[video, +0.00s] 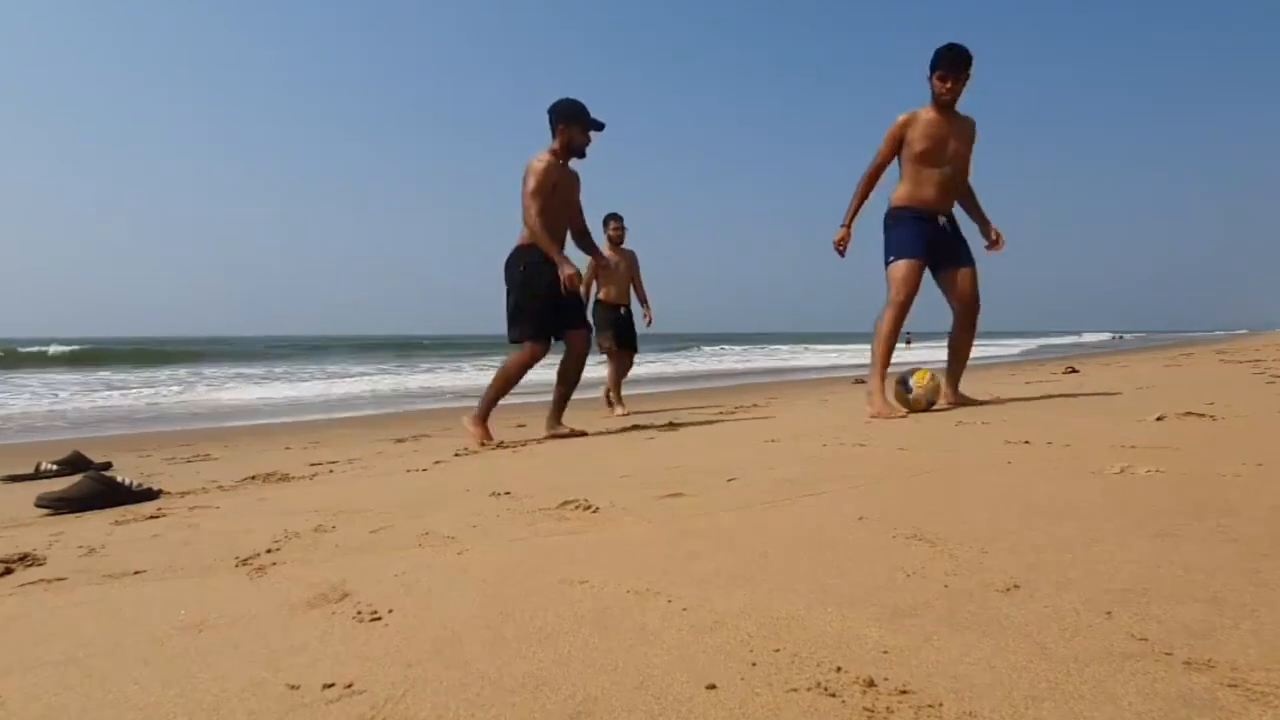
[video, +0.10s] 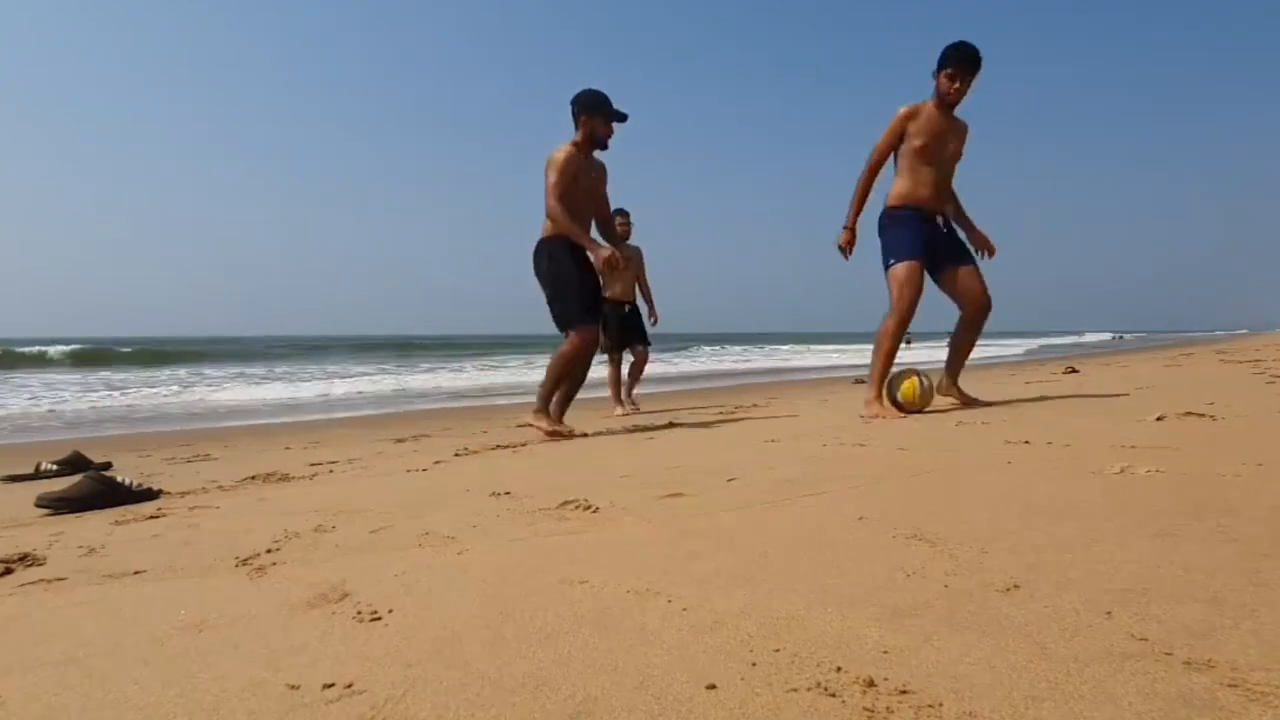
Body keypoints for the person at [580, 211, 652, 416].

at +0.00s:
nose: (620, 233)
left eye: (622, 229)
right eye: (615, 229)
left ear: (625, 231)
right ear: (606, 232)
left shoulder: (630, 256)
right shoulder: (598, 258)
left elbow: (637, 282)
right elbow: (586, 285)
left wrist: (645, 305)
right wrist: (583, 311)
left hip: (624, 307)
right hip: (604, 305)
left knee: (628, 355)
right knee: (613, 354)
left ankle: (610, 388)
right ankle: (618, 402)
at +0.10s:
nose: (626, 229)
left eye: (628, 225)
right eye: (621, 225)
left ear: (631, 227)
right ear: (611, 228)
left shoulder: (636, 252)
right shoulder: (604, 254)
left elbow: (642, 280)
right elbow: (593, 281)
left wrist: (651, 305)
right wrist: (593, 310)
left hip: (630, 304)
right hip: (611, 304)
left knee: (641, 354)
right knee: (615, 358)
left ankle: (628, 393)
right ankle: (617, 401)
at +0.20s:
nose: (632, 225)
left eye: (634, 220)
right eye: (628, 221)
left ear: (638, 223)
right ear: (618, 223)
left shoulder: (638, 249)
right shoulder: (609, 248)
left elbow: (648, 282)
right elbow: (604, 277)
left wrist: (657, 309)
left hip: (636, 301)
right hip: (615, 302)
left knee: (650, 350)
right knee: (618, 351)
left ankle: (655, 398)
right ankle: (617, 400)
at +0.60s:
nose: (656, 220)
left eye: (659, 215)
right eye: (652, 216)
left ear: (663, 217)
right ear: (643, 217)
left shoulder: (667, 243)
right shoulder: (632, 243)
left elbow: (676, 273)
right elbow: (620, 272)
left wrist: (684, 300)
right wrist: (619, 304)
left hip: (661, 299)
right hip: (639, 298)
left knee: (669, 352)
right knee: (636, 353)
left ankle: (670, 401)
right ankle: (624, 398)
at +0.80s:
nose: (671, 231)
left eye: (672, 227)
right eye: (668, 227)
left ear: (668, 229)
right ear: (654, 226)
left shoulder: (668, 254)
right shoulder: (635, 253)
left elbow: (672, 285)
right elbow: (611, 280)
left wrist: (689, 307)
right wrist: (593, 308)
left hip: (665, 310)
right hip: (643, 312)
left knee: (700, 343)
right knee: (649, 360)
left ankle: (699, 387)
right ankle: (633, 404)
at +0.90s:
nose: (672, 237)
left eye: (674, 233)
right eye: (669, 232)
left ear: (673, 233)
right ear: (658, 231)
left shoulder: (669, 258)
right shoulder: (642, 258)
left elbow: (667, 289)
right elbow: (616, 284)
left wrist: (681, 312)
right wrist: (595, 311)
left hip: (672, 313)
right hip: (651, 316)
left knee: (708, 342)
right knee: (660, 366)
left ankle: (726, 381)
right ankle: (635, 405)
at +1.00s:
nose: (678, 239)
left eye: (681, 234)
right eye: (675, 234)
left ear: (684, 235)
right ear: (668, 233)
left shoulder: (687, 257)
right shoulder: (656, 260)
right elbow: (633, 288)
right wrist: (619, 318)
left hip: (682, 311)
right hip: (661, 313)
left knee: (713, 339)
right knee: (665, 368)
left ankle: (733, 383)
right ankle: (637, 403)